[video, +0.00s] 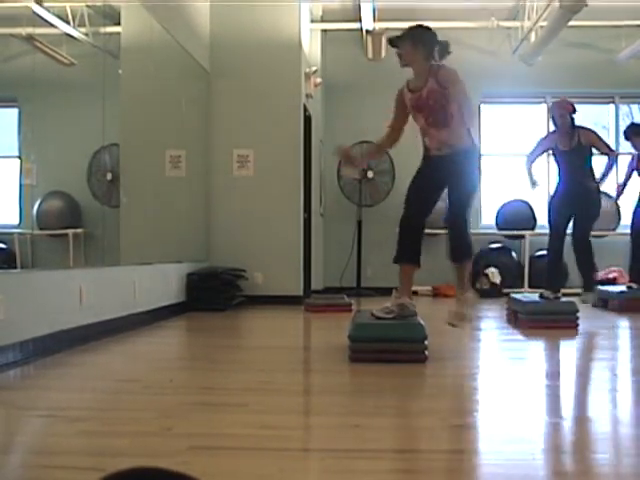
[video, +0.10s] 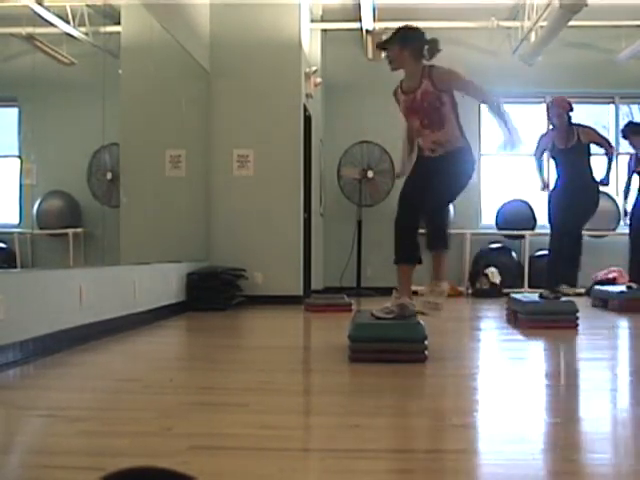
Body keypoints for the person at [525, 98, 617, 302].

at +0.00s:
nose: (561, 121)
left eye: (564, 116)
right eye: (557, 117)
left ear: (571, 115)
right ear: (553, 119)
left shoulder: (586, 135)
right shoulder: (551, 139)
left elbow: (612, 155)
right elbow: (529, 160)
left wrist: (601, 181)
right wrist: (531, 179)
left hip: (587, 193)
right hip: (563, 194)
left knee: (580, 239)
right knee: (555, 240)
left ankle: (589, 287)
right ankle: (552, 287)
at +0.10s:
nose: (557, 119)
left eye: (560, 114)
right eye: (554, 115)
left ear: (568, 113)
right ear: (550, 116)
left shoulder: (584, 132)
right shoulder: (548, 138)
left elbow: (610, 149)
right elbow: (538, 157)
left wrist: (607, 176)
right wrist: (542, 179)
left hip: (586, 189)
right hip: (561, 190)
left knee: (571, 230)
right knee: (557, 234)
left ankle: (568, 282)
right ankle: (551, 285)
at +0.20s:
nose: (554, 123)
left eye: (557, 118)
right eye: (550, 118)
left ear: (567, 117)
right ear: (547, 119)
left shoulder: (584, 132)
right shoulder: (546, 140)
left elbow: (606, 141)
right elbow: (543, 159)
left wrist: (607, 170)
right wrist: (548, 180)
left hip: (585, 189)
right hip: (561, 190)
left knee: (569, 232)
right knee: (556, 234)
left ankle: (560, 284)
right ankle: (552, 284)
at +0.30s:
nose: (551, 119)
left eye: (556, 115)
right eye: (550, 115)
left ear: (568, 115)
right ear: (549, 116)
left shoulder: (585, 132)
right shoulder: (550, 139)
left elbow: (614, 147)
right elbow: (537, 160)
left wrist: (614, 173)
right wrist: (535, 179)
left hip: (587, 191)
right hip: (563, 192)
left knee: (571, 232)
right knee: (556, 234)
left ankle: (562, 284)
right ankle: (553, 284)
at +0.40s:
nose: (555, 115)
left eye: (558, 111)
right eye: (554, 111)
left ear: (571, 112)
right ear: (556, 113)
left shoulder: (590, 129)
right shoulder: (555, 134)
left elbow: (615, 142)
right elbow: (537, 149)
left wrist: (604, 152)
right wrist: (522, 156)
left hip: (590, 190)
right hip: (568, 190)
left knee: (579, 234)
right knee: (560, 236)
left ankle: (578, 286)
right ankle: (554, 287)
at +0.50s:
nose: (562, 116)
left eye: (566, 111)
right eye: (562, 112)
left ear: (578, 112)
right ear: (564, 114)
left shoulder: (594, 130)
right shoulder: (562, 134)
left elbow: (612, 133)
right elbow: (534, 139)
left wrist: (596, 130)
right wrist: (517, 130)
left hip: (599, 194)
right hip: (576, 194)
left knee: (590, 239)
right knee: (562, 240)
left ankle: (604, 290)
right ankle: (553, 288)